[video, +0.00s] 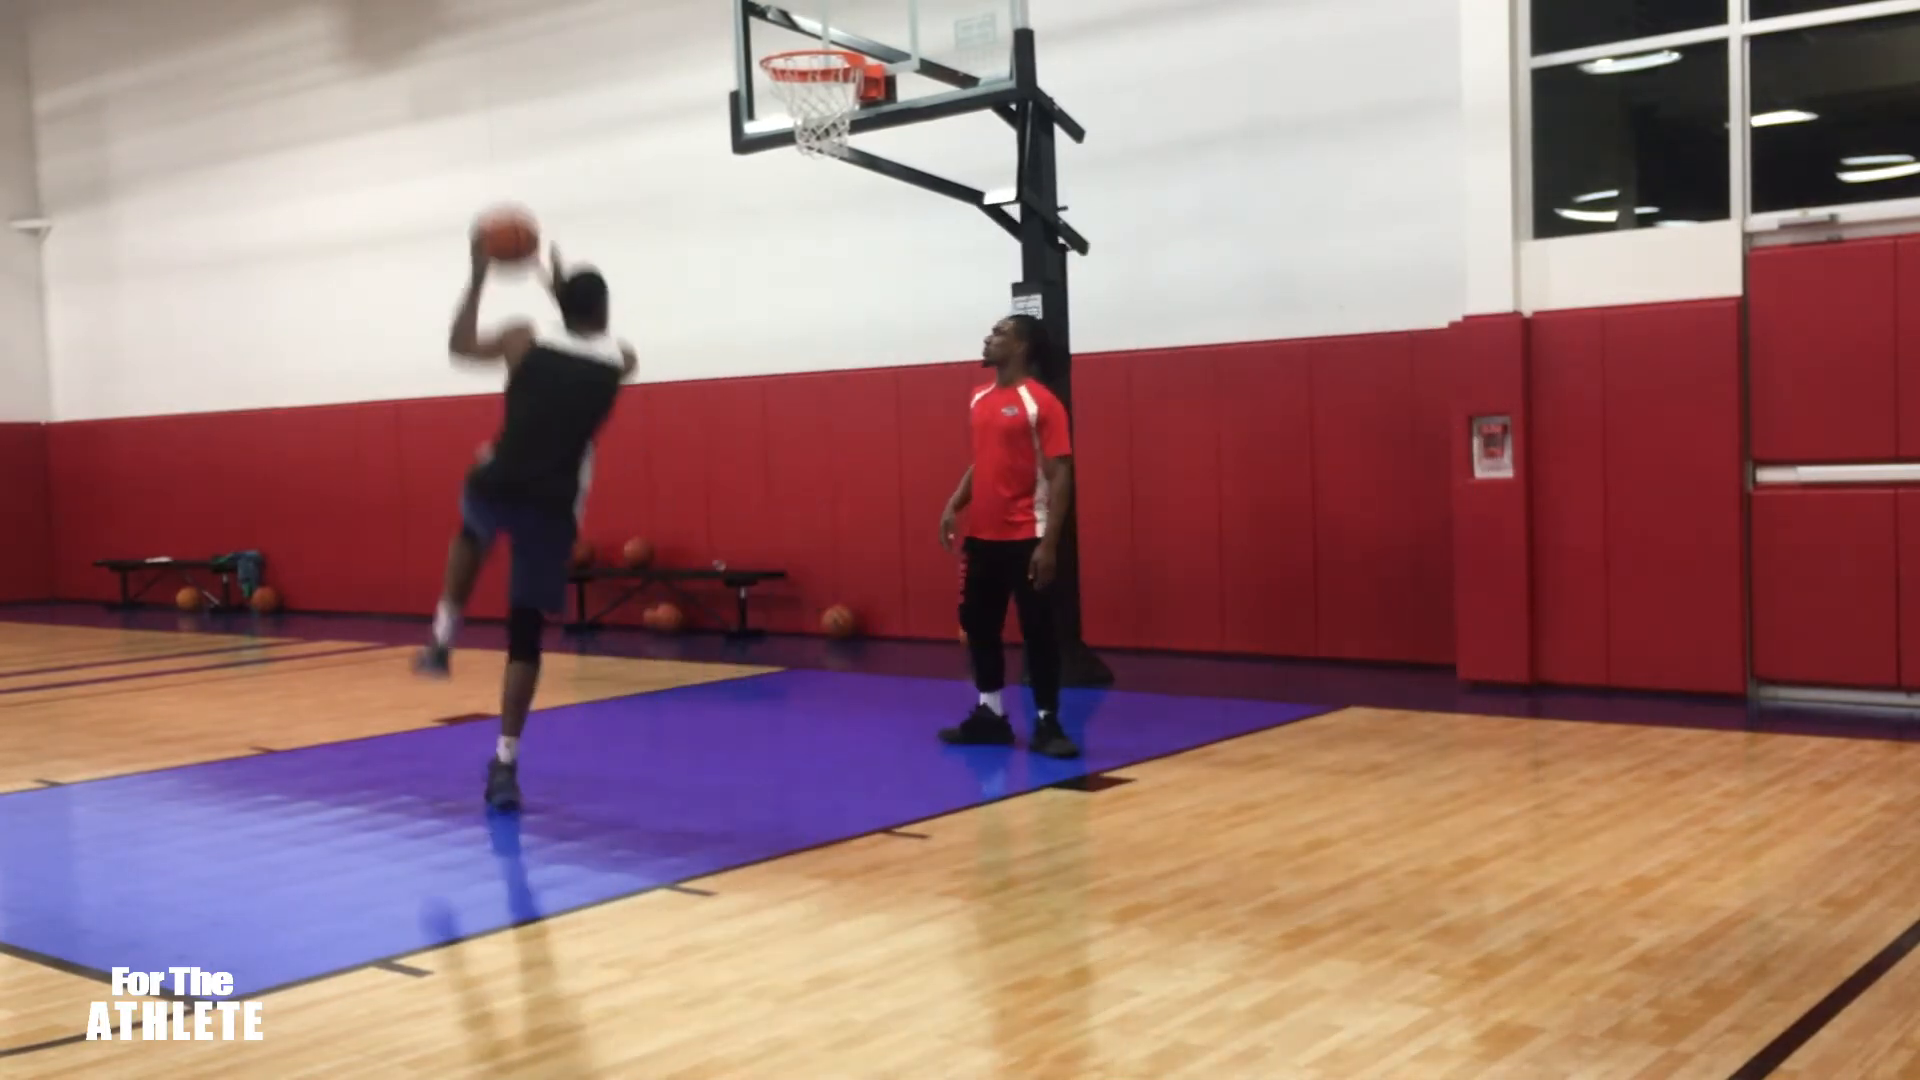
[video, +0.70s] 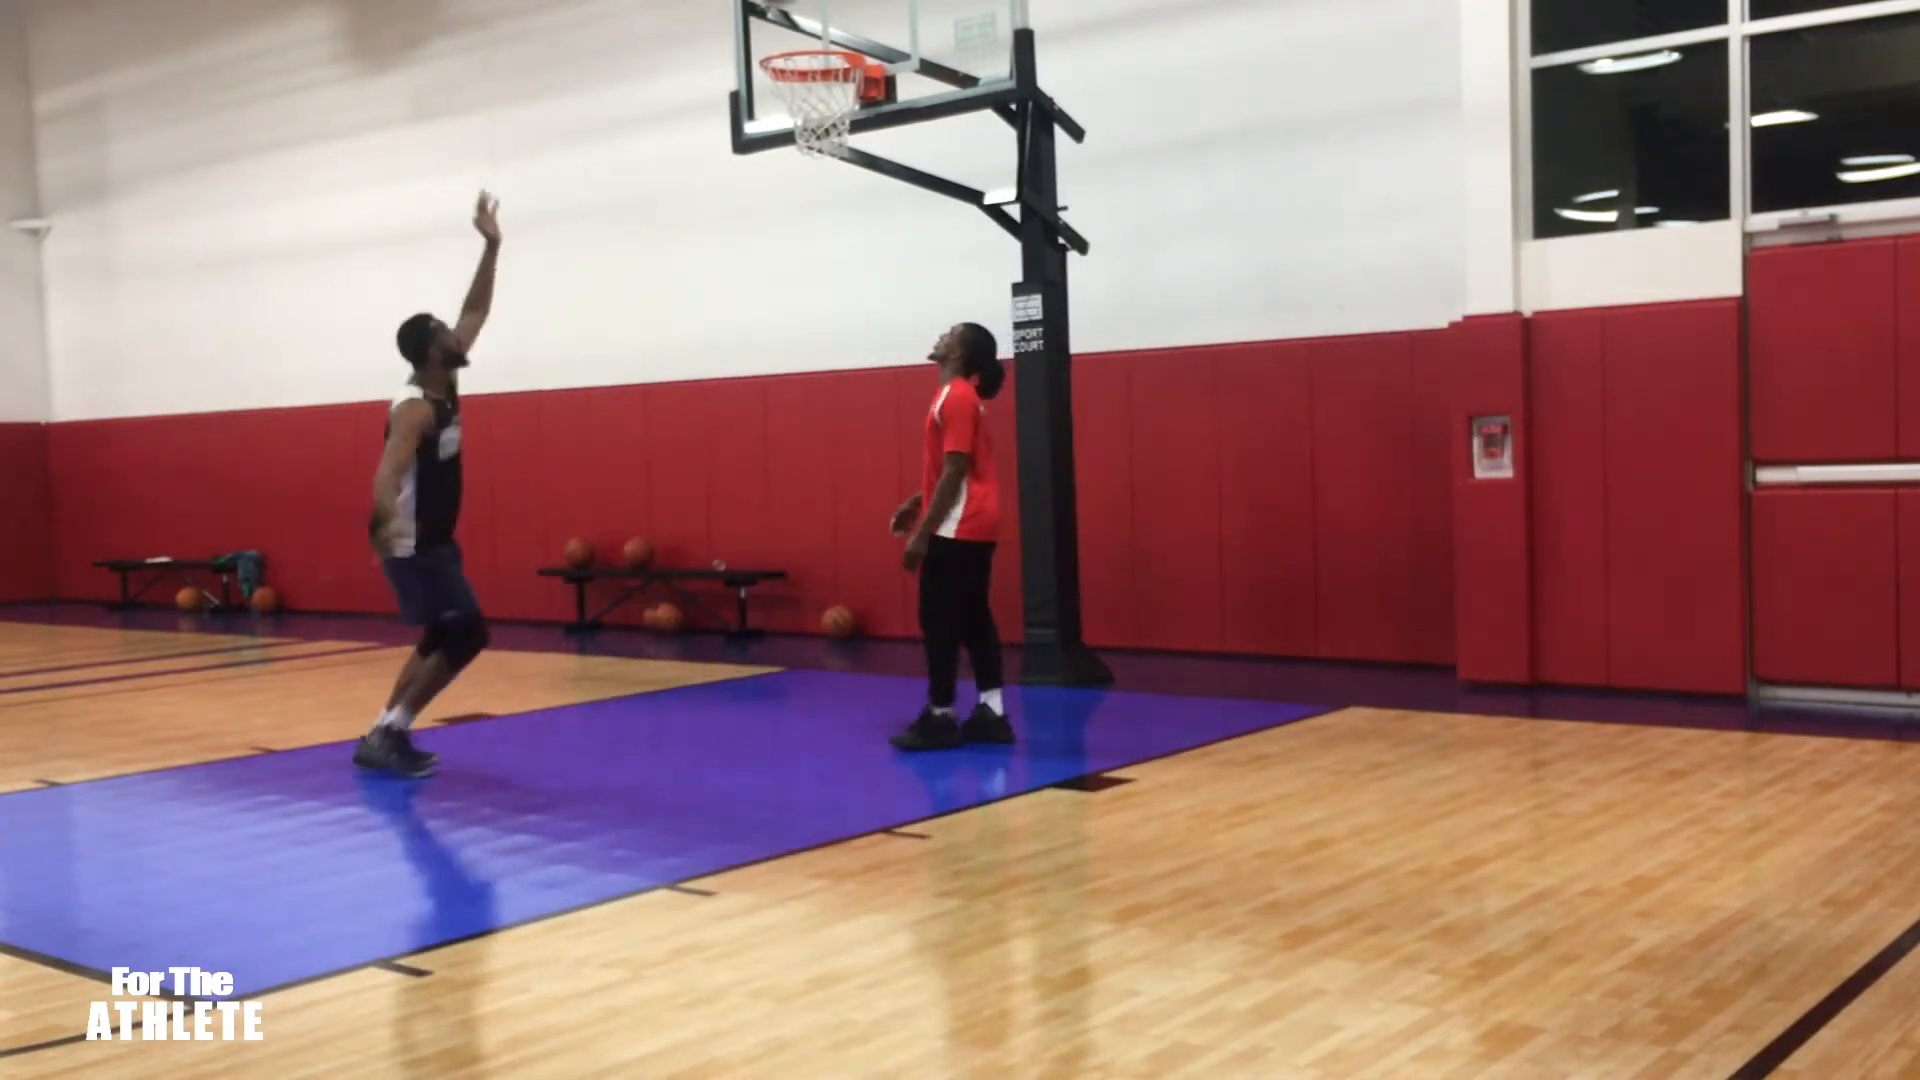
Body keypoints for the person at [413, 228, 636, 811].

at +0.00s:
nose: (582, 308)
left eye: (575, 298)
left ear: (564, 308)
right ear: (605, 310)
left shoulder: (524, 340)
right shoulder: (618, 364)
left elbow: (461, 345)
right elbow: (591, 335)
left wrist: (477, 274)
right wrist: (561, 289)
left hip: (494, 484)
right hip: (552, 502)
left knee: (470, 535)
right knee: (526, 633)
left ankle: (441, 639)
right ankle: (505, 763)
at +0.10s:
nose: (570, 252)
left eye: (551, 242)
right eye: (572, 247)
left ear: (532, 245)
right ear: (576, 252)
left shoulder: (500, 275)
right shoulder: (585, 304)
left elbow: (467, 242)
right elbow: (606, 307)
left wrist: (487, 171)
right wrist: (576, 264)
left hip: (463, 429)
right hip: (519, 451)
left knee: (464, 479)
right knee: (506, 587)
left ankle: (429, 567)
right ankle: (494, 707)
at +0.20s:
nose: (550, 204)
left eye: (534, 196)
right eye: (548, 198)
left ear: (501, 205)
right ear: (544, 211)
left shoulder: (476, 231)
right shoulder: (557, 258)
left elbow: (490, 160)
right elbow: (596, 297)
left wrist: (519, 92)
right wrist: (569, 251)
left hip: (440, 395)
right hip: (495, 411)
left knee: (468, 462)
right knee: (485, 544)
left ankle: (421, 549)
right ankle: (471, 669)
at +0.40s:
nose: (494, 188)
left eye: (487, 183)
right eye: (489, 187)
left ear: (452, 202)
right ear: (479, 203)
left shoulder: (439, 229)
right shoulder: (485, 262)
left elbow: (504, 168)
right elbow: (538, 335)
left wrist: (541, 101)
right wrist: (593, 346)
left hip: (416, 392)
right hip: (453, 405)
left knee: (449, 512)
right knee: (459, 522)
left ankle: (404, 625)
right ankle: (441, 650)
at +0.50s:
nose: (477, 234)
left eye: (472, 230)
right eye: (470, 233)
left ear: (439, 243)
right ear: (456, 246)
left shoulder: (434, 265)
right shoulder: (456, 299)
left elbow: (490, 207)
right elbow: (484, 375)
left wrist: (521, 145)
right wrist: (567, 412)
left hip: (415, 422)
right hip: (438, 433)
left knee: (431, 548)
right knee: (445, 554)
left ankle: (405, 669)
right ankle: (419, 682)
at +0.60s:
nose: (461, 305)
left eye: (458, 300)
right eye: (453, 301)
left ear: (435, 312)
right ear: (436, 313)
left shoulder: (446, 333)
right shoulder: (429, 360)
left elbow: (476, 268)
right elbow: (433, 432)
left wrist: (495, 204)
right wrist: (491, 469)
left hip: (433, 496)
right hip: (416, 500)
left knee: (431, 617)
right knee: (430, 618)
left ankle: (391, 724)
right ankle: (385, 728)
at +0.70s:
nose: (457, 336)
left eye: (451, 330)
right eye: (447, 334)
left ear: (433, 350)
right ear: (431, 351)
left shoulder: (448, 382)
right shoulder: (415, 410)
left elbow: (474, 313)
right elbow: (389, 471)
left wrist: (492, 247)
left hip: (434, 542)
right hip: (416, 545)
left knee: (444, 634)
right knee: (466, 634)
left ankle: (385, 733)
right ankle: (392, 730)